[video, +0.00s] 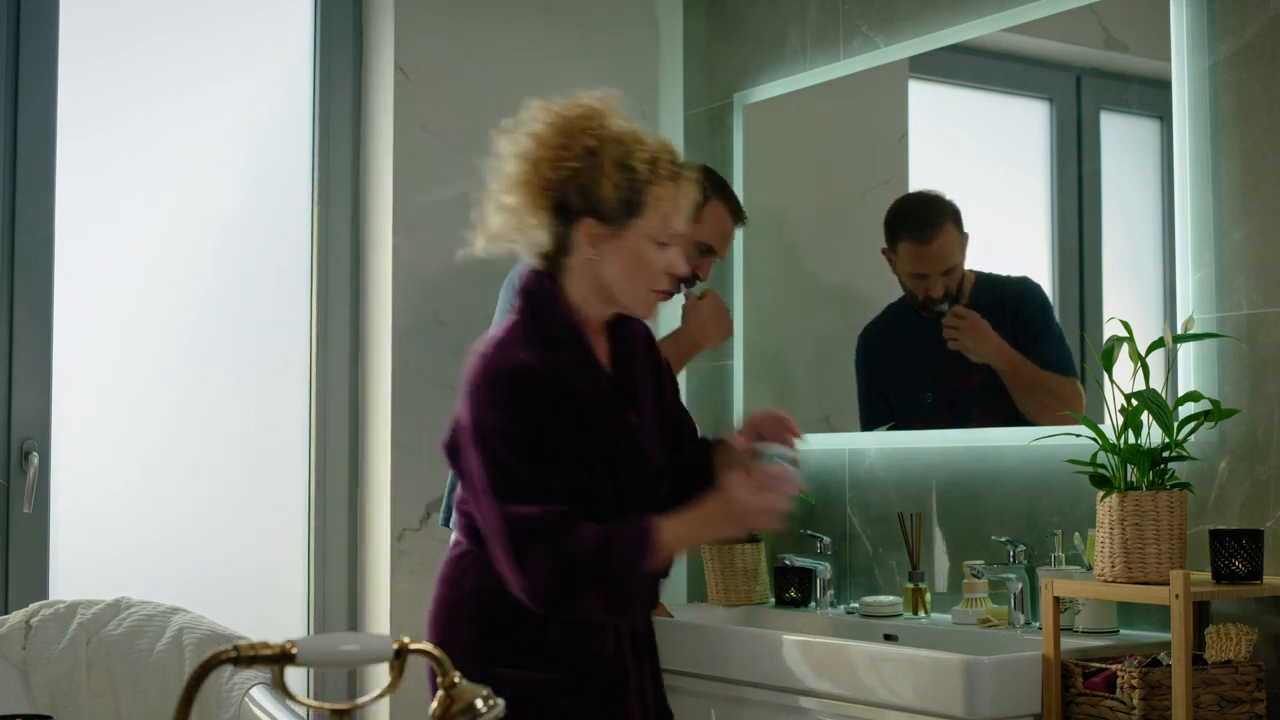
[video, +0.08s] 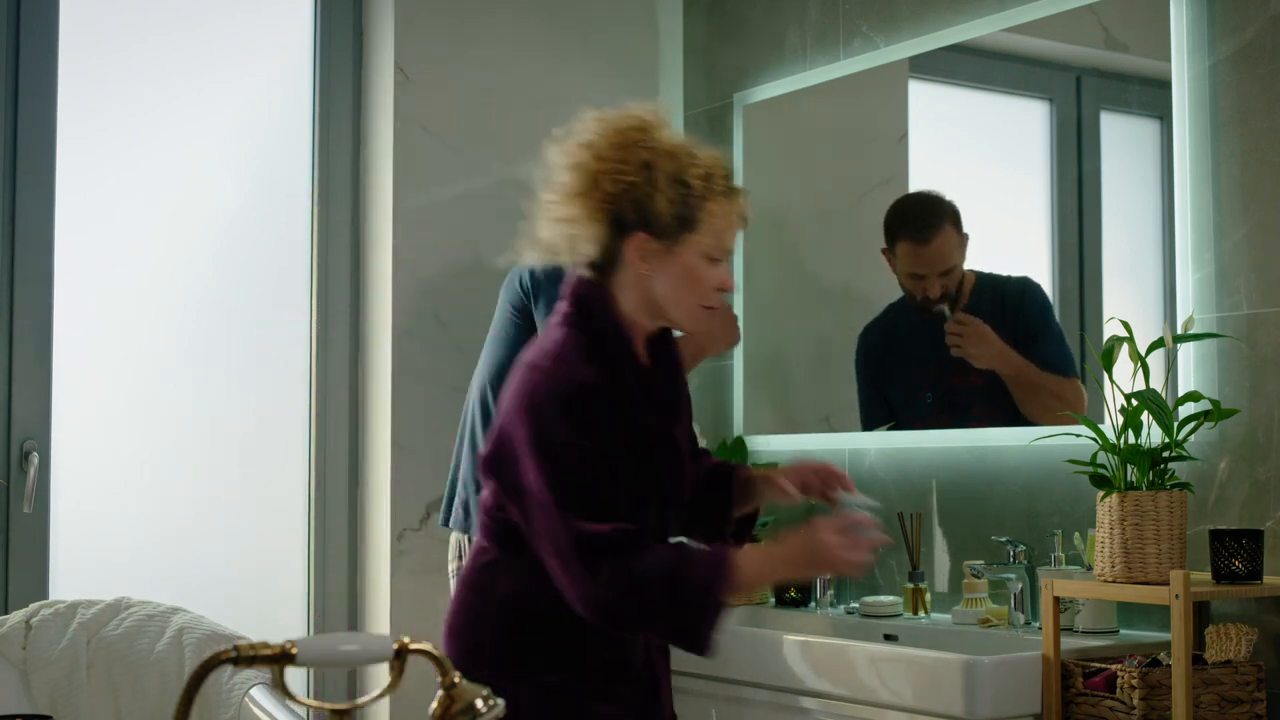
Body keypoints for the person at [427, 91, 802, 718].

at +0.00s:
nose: (683, 270)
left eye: (687, 250)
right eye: (666, 245)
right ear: (593, 240)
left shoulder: (632, 344)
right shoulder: (506, 371)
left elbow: (666, 477)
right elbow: (545, 569)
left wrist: (729, 457)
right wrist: (703, 524)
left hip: (608, 644)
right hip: (504, 661)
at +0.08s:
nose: (727, 283)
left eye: (727, 260)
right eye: (713, 259)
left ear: (644, 256)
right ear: (642, 254)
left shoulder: (648, 354)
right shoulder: (555, 380)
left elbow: (674, 488)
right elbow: (603, 581)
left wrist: (767, 487)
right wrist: (780, 561)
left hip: (609, 664)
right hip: (523, 681)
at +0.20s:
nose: (801, 305)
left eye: (800, 282)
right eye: (788, 281)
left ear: (722, 273)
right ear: (720, 271)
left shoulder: (692, 353)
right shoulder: (643, 379)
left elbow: (703, 499)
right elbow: (707, 594)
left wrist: (798, 527)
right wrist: (882, 612)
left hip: (626, 659)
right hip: (556, 677)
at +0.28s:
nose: (845, 319)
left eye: (846, 297)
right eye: (833, 295)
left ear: (766, 291)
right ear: (769, 288)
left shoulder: (698, 361)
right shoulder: (695, 389)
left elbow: (734, 514)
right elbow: (770, 591)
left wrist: (832, 560)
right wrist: (955, 639)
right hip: (585, 681)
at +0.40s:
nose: (919, 350)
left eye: (921, 330)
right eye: (909, 326)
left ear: (833, 314)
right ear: (843, 317)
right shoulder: (776, 414)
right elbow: (884, 605)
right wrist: (1070, 675)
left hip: (569, 675)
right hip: (630, 692)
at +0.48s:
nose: (958, 378)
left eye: (961, 358)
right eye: (949, 355)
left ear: (862, 337)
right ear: (884, 341)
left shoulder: (740, 399)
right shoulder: (846, 461)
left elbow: (731, 568)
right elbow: (974, 640)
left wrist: (855, 627)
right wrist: (1134, 689)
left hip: (563, 675)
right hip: (659, 694)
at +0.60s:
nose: (993, 406)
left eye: (998, 384)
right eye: (989, 381)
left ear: (863, 360)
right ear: (929, 372)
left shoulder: (761, 421)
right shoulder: (913, 497)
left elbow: (732, 565)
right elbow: (1027, 657)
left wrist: (864, 638)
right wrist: (1177, 697)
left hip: (591, 682)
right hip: (708, 699)